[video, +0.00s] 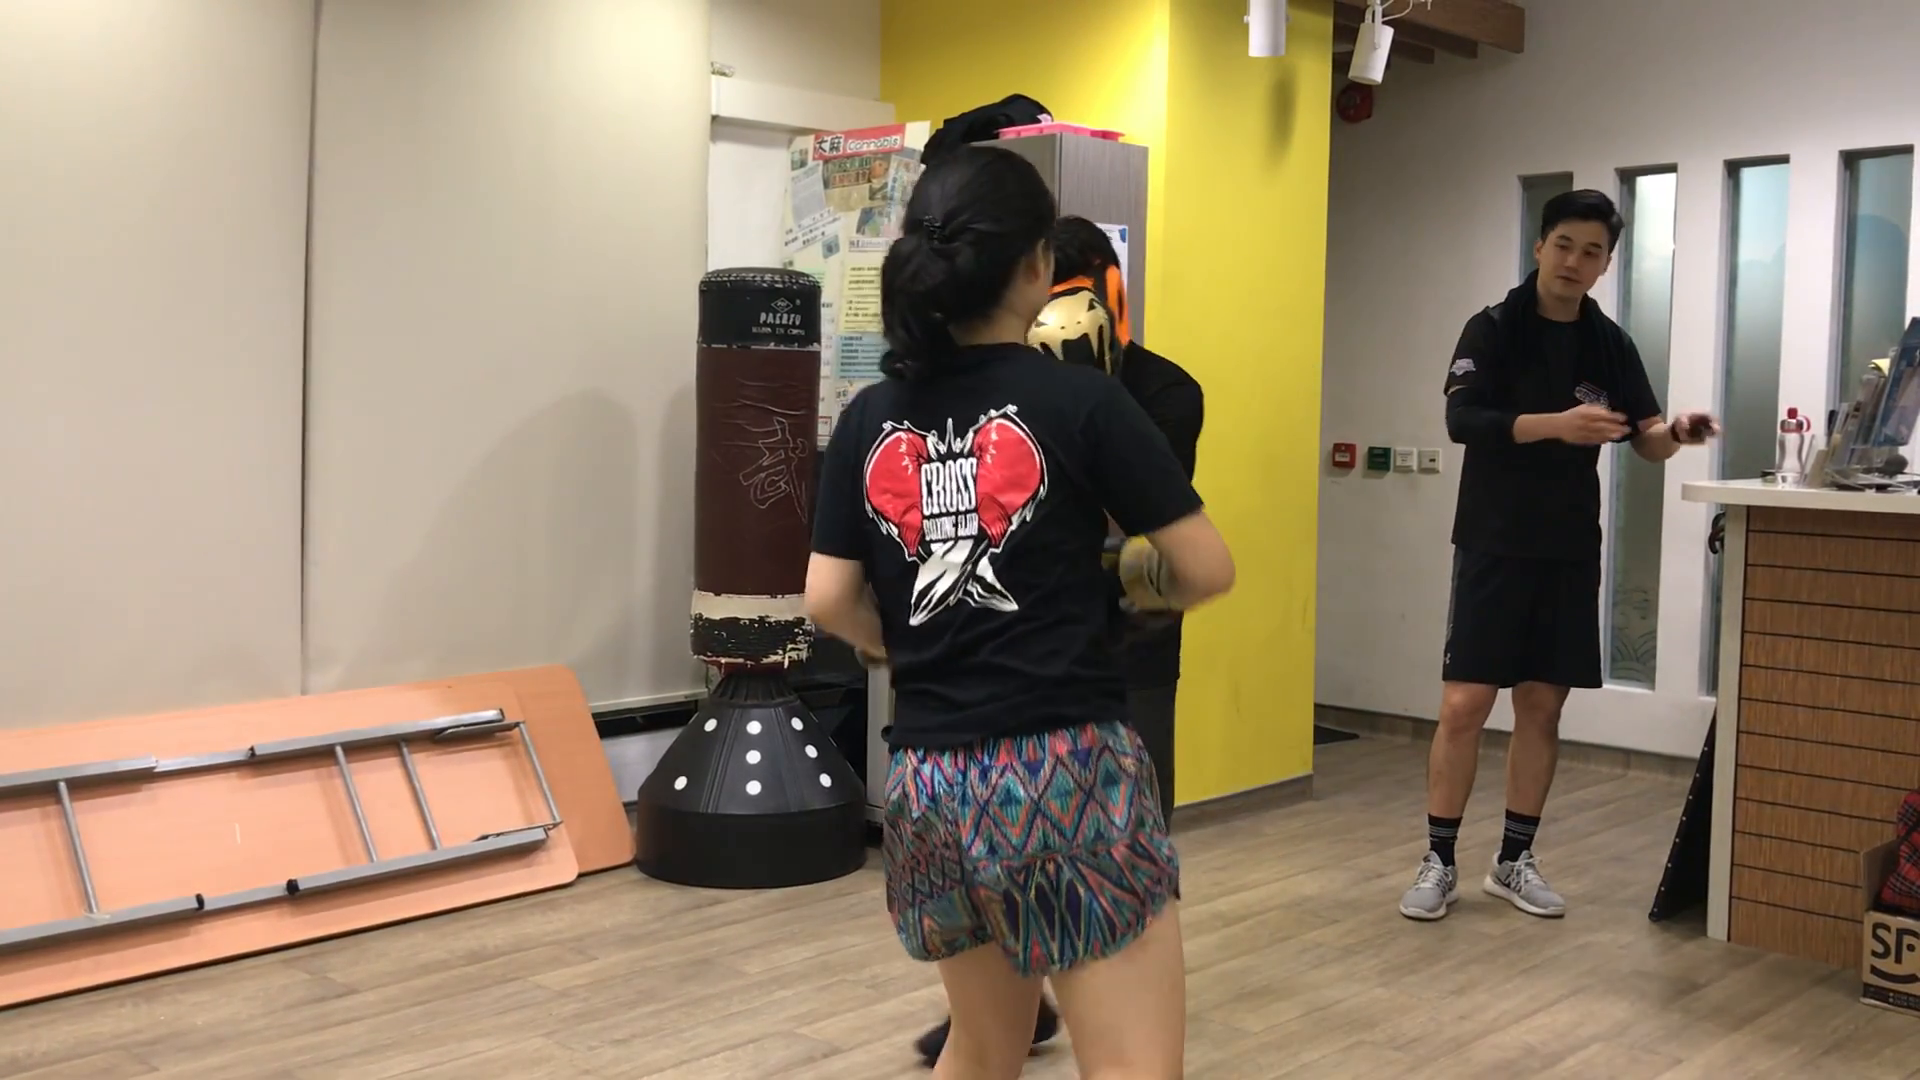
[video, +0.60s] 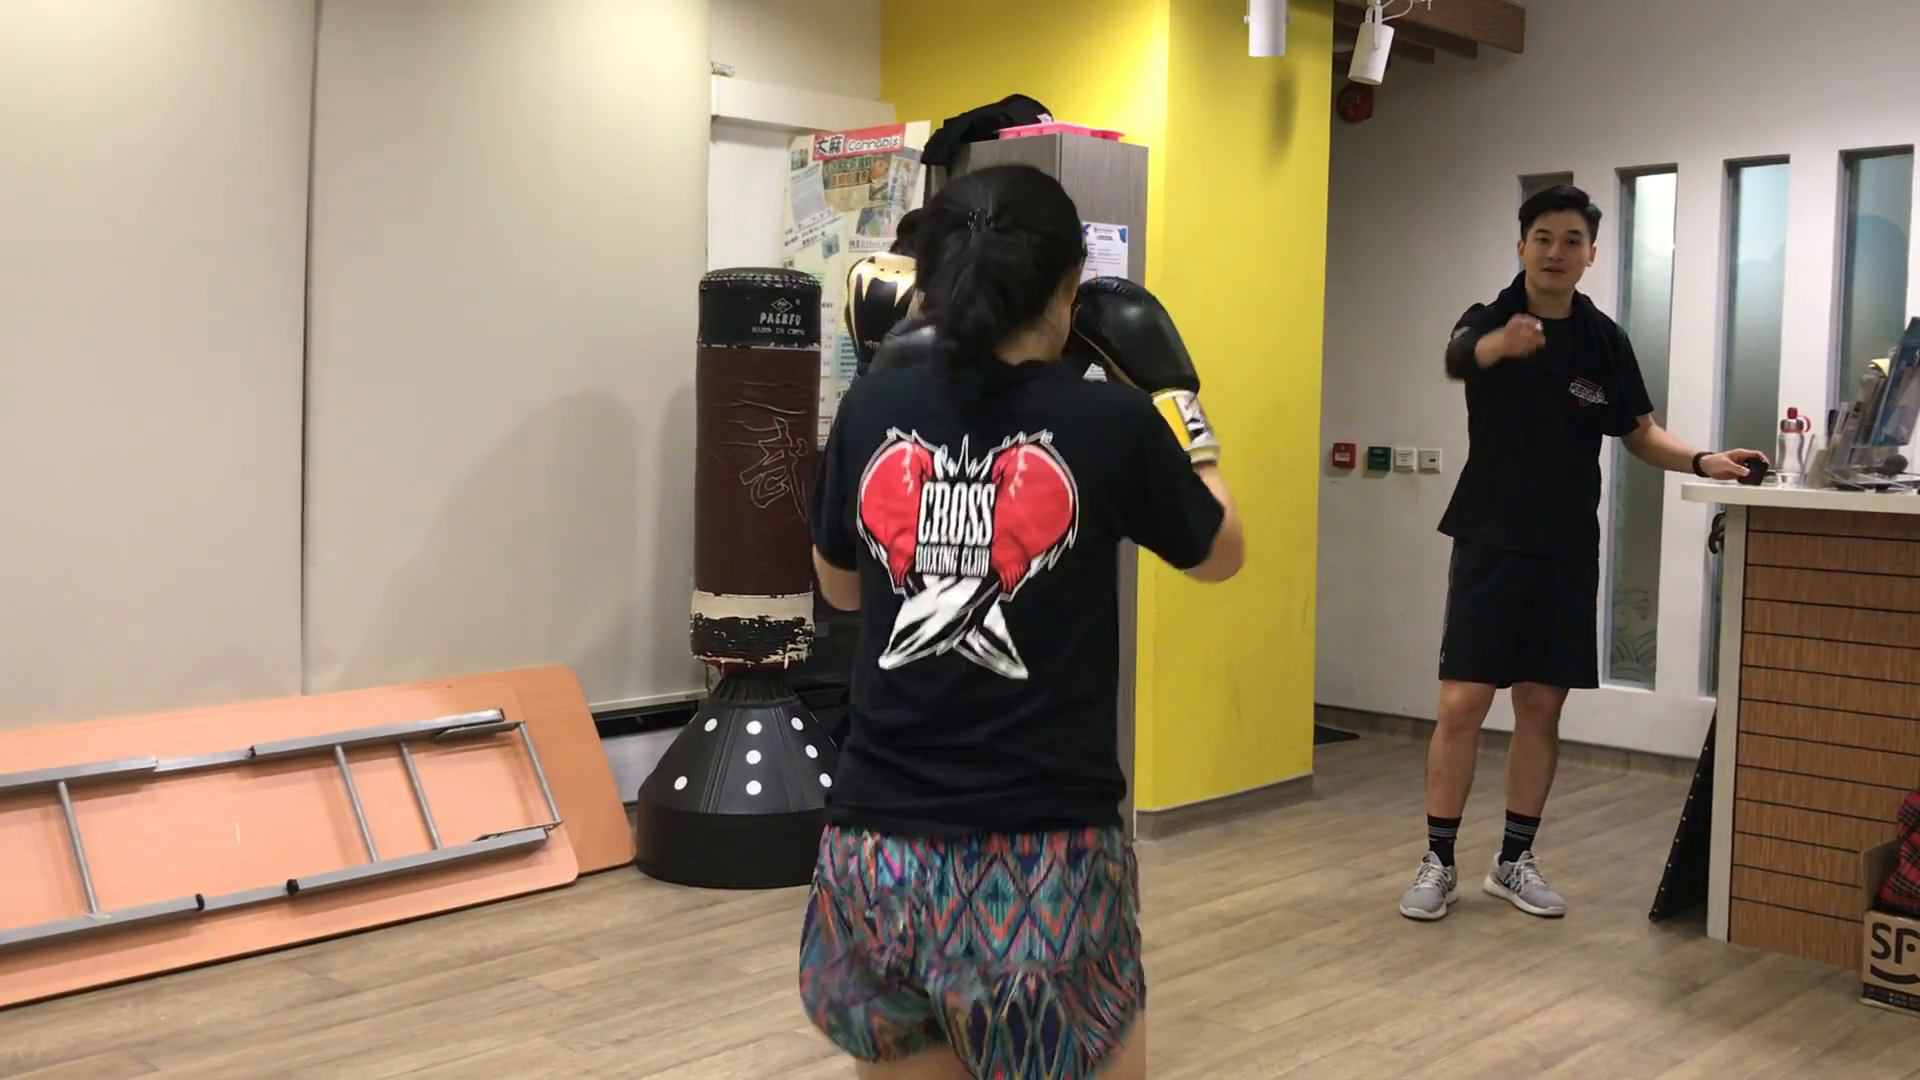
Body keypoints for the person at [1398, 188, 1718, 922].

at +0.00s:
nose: (1575, 261)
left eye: (1592, 252)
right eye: (1565, 245)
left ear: (1606, 265)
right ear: (1540, 246)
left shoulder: (1611, 344)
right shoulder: (1494, 326)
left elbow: (1647, 444)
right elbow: (1460, 420)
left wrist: (1671, 433)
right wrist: (1557, 426)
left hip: (1568, 550)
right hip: (1491, 543)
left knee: (1540, 704)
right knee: (1465, 704)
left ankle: (1515, 860)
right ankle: (1438, 861)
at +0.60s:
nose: (1556, 252)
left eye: (1571, 240)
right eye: (1543, 238)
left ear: (1592, 252)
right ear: (1521, 246)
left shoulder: (1603, 339)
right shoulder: (1484, 322)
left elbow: (1642, 433)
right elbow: (1462, 356)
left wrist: (1704, 459)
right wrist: (1498, 345)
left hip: (1566, 546)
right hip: (1489, 539)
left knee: (1541, 708)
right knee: (1460, 706)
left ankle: (1514, 861)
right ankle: (1437, 863)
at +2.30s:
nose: (1565, 270)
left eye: (1581, 259)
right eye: (1556, 256)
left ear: (1610, 266)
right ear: (1543, 260)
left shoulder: (1641, 350)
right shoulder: (1516, 344)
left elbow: (1681, 441)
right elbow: (1476, 429)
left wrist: (1645, 469)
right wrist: (1472, 481)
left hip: (1596, 548)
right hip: (1523, 541)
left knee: (1565, 702)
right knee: (1529, 701)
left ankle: (1528, 853)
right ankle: (1573, 833)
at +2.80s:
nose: (1596, 267)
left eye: (1612, 255)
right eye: (1586, 254)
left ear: (1640, 260)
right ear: (1574, 258)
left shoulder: (1672, 344)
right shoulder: (1549, 336)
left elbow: (1707, 442)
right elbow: (1498, 400)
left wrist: (1638, 469)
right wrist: (1506, 476)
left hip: (1635, 540)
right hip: (1561, 534)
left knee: (1634, 698)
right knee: (1566, 692)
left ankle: (1645, 852)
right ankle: (1577, 840)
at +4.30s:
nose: (1669, 271)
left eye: (1687, 260)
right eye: (1661, 257)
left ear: (1722, 264)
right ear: (1650, 257)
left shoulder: (1745, 349)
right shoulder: (1626, 329)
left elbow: (1745, 457)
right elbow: (1563, 390)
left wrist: (1648, 469)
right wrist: (1584, 468)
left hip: (1699, 545)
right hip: (1624, 536)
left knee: (1673, 706)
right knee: (1582, 697)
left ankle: (1653, 853)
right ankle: (1594, 844)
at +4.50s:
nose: (1670, 270)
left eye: (1689, 259)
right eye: (1663, 256)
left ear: (1723, 264)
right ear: (1652, 256)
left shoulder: (1747, 350)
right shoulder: (1628, 328)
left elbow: (1745, 457)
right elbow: (1564, 389)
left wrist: (1649, 469)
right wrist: (1585, 467)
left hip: (1699, 546)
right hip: (1624, 538)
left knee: (1674, 706)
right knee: (1583, 696)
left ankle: (1653, 854)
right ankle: (1594, 844)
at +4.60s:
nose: (1671, 269)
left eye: (1690, 258)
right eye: (1664, 255)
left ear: (1724, 264)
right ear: (1652, 255)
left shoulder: (1746, 350)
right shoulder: (1627, 329)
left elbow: (1746, 457)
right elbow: (1564, 389)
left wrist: (1649, 469)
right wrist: (1586, 468)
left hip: (1699, 546)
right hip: (1624, 538)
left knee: (1674, 706)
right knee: (1583, 695)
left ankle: (1652, 854)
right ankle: (1594, 844)